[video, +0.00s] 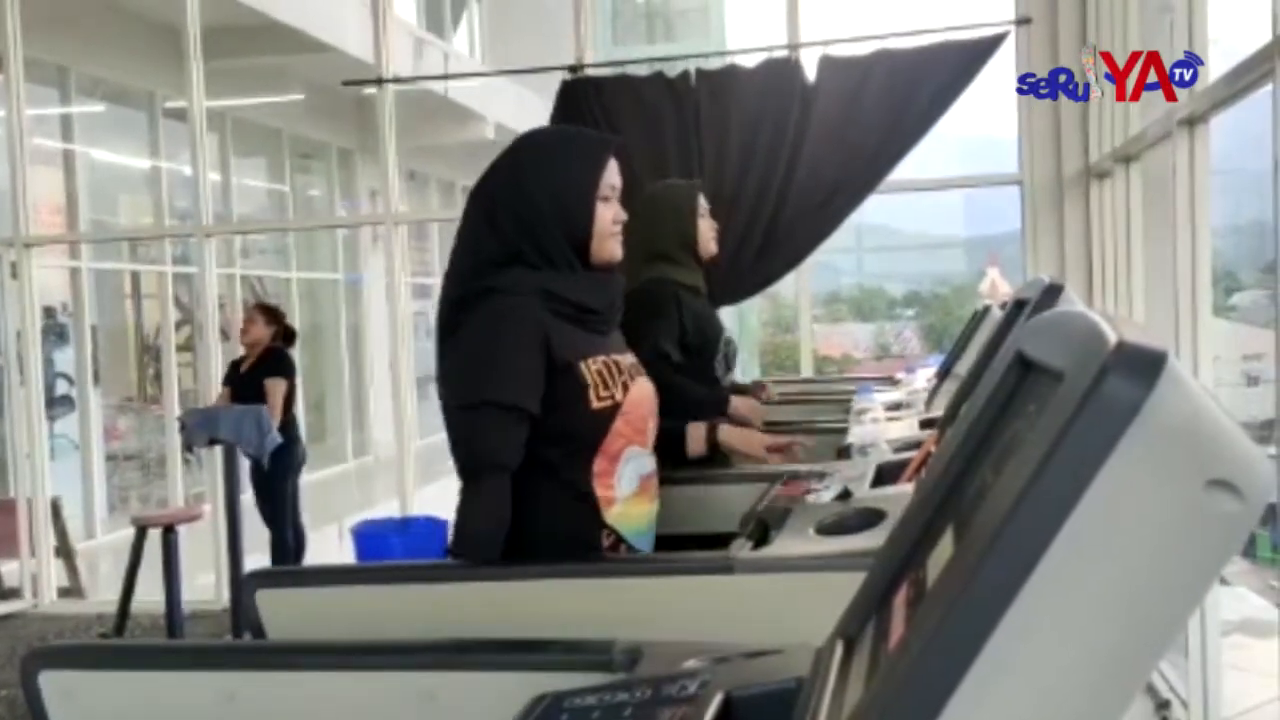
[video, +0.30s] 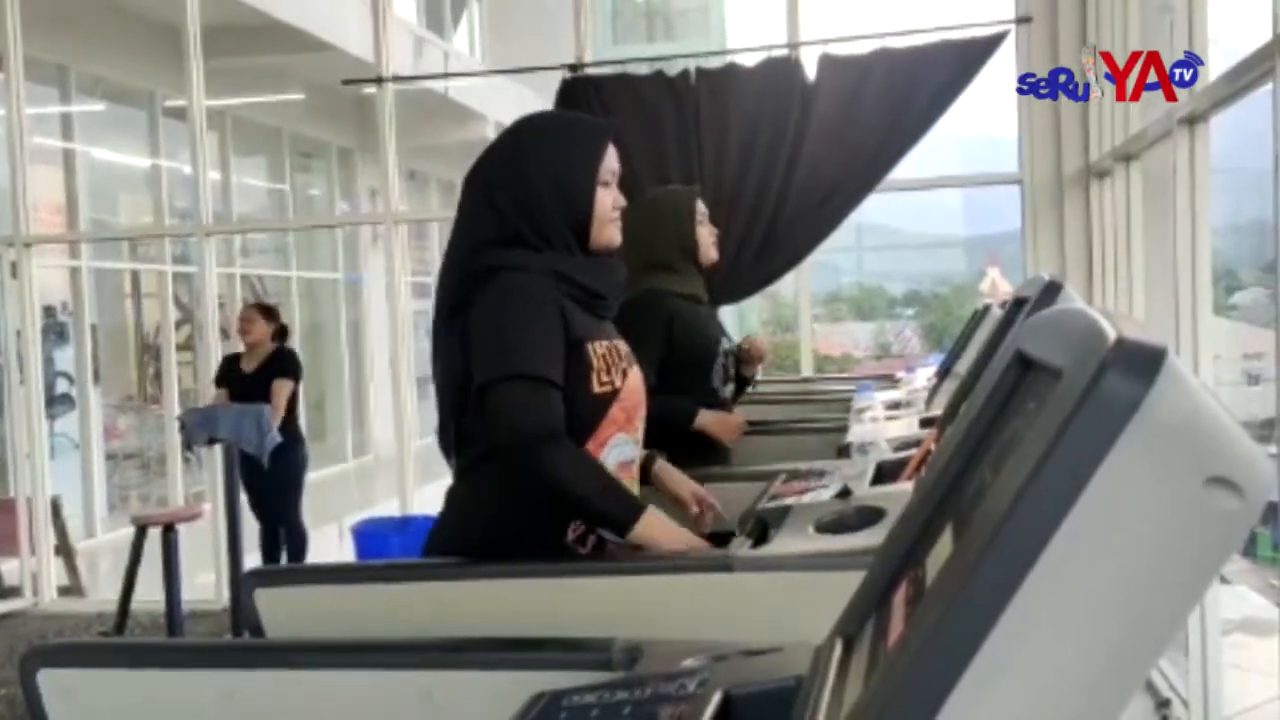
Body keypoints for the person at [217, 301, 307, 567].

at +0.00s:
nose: (244, 326)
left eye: (252, 322)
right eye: (245, 321)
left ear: (271, 330)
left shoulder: (276, 359)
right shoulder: (237, 366)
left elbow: (274, 409)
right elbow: (222, 404)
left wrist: (260, 439)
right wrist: (201, 425)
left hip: (283, 442)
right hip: (257, 445)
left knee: (282, 512)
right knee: (273, 512)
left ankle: (284, 574)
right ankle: (290, 572)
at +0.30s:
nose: (243, 327)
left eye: (250, 321)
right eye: (241, 321)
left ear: (270, 327)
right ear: (238, 325)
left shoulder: (284, 359)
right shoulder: (231, 363)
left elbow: (279, 405)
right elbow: (220, 403)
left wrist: (262, 437)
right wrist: (205, 426)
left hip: (284, 443)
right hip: (248, 444)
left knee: (288, 513)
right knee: (266, 518)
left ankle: (295, 575)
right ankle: (270, 578)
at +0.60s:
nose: (252, 327)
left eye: (258, 320)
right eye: (245, 323)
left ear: (272, 324)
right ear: (239, 329)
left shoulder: (290, 357)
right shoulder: (233, 352)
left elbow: (282, 394)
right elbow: (220, 392)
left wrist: (264, 426)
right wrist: (208, 423)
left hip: (284, 436)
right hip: (245, 436)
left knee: (280, 513)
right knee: (252, 512)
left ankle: (283, 575)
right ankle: (256, 576)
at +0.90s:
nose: (256, 324)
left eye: (261, 317)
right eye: (248, 321)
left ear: (273, 322)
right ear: (240, 329)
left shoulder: (291, 358)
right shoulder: (233, 349)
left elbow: (282, 397)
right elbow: (219, 390)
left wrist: (262, 424)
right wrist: (210, 422)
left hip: (282, 430)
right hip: (243, 430)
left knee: (278, 509)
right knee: (253, 503)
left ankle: (281, 575)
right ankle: (254, 570)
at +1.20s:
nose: (256, 322)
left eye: (263, 316)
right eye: (249, 317)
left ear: (275, 321)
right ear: (242, 324)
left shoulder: (288, 355)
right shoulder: (229, 355)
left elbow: (283, 397)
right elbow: (220, 394)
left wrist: (265, 427)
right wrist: (208, 420)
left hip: (284, 437)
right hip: (247, 440)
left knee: (288, 509)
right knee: (266, 514)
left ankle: (301, 565)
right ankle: (274, 570)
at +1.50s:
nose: (249, 320)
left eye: (257, 315)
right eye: (247, 315)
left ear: (274, 323)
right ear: (241, 320)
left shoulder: (278, 351)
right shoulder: (237, 357)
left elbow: (279, 393)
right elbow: (224, 393)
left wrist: (269, 428)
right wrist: (206, 417)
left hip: (282, 434)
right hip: (256, 436)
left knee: (279, 511)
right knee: (292, 511)